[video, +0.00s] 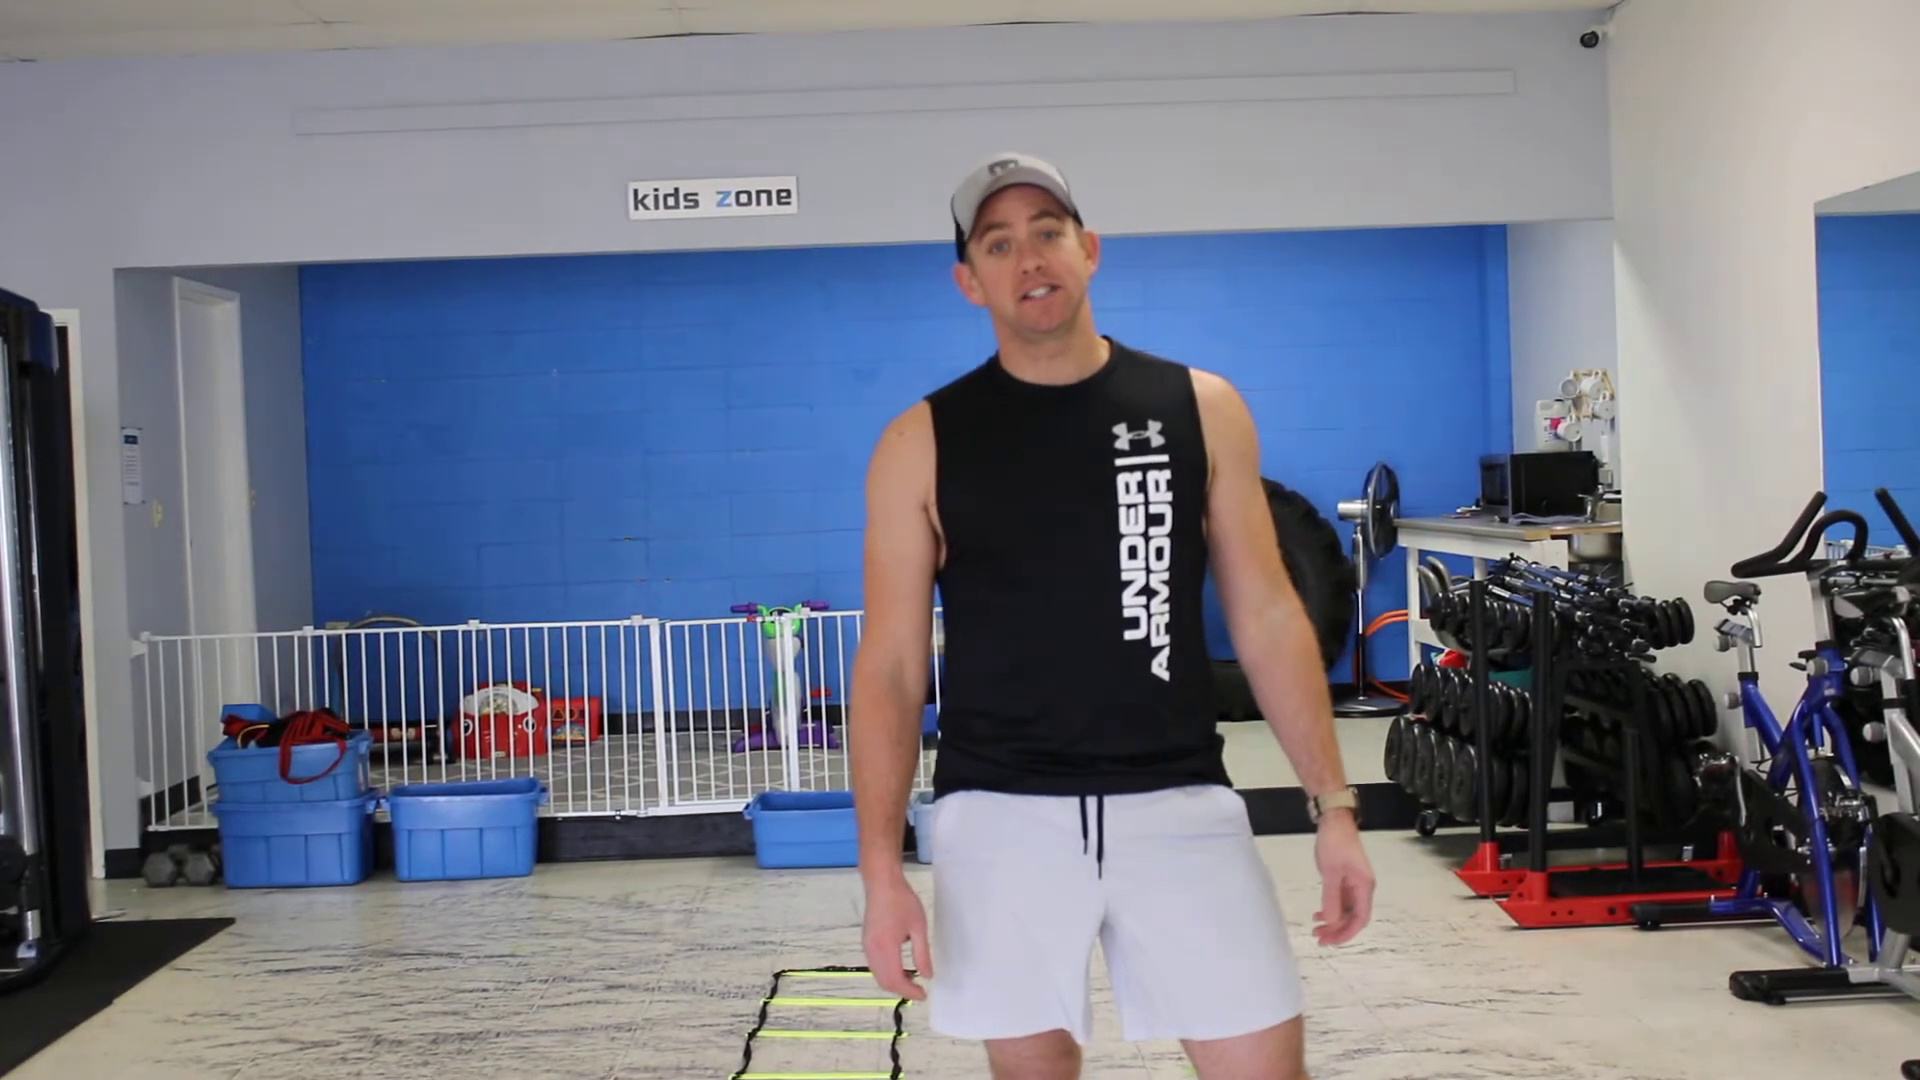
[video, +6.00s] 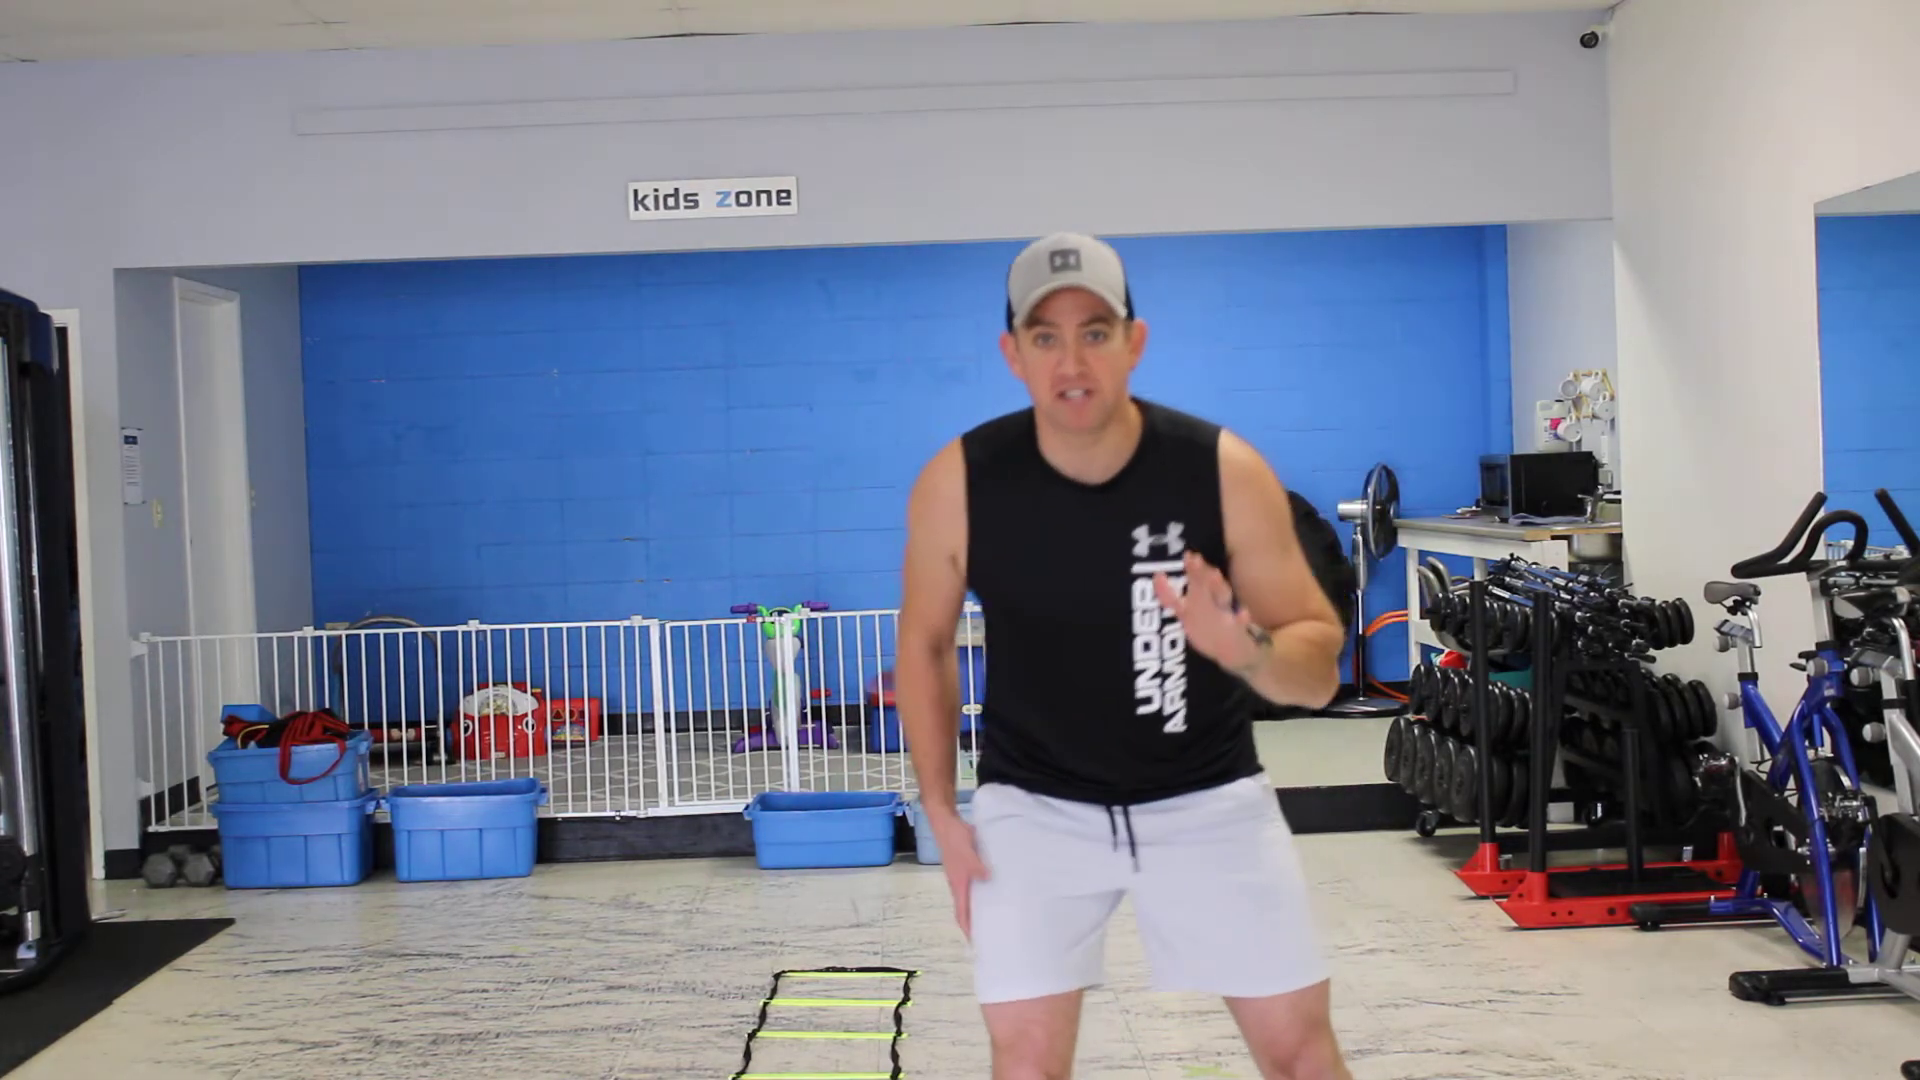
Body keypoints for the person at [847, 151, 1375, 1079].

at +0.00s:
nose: (1031, 256)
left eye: (1050, 232)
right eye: (1000, 243)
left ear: (1089, 252)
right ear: (971, 281)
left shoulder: (1203, 410)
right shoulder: (921, 444)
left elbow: (1266, 615)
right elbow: (891, 669)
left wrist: (1334, 811)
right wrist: (881, 868)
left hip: (1182, 812)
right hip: (999, 825)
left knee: (1266, 1064)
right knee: (1034, 1065)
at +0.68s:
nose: (1054, 244)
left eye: (1071, 218)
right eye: (1024, 234)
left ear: (1117, 230)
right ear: (1004, 273)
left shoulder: (1242, 382)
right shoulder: (977, 434)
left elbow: (1299, 581)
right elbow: (955, 629)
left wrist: (1277, 761)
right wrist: (948, 746)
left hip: (1233, 795)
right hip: (1053, 806)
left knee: (1266, 1066)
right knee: (1072, 1065)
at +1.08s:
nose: (1053, 295)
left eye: (1058, 267)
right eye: (1047, 272)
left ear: (1120, 253)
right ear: (1119, 257)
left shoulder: (1291, 387)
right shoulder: (1101, 406)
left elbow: (1316, 620)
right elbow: (1096, 591)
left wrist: (1218, 786)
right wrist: (1016, 712)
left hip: (1264, 801)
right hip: (1110, 788)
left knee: (1275, 1063)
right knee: (1109, 1060)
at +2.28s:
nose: (1075, 243)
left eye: (1092, 217)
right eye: (1044, 231)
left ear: (1132, 229)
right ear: (1016, 270)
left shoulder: (1252, 382)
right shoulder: (992, 409)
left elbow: (1322, 586)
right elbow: (946, 570)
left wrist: (1254, 692)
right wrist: (874, 710)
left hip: (1231, 790)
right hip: (1054, 798)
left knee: (1273, 1066)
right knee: (1070, 1065)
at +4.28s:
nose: (1137, 253)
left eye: (1163, 228)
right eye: (1113, 229)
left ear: (1201, 247)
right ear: (1078, 248)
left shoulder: (1287, 393)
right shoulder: (1010, 401)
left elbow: (1355, 556)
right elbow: (938, 569)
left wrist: (1327, 611)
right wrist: (928, 635)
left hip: (1241, 775)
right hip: (1065, 781)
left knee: (1259, 1054)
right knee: (1057, 1058)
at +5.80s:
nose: (1085, 337)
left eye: (1108, 309)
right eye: (1060, 313)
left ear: (1147, 316)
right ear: (1026, 329)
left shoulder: (1239, 448)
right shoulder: (973, 462)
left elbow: (1322, 641)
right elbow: (919, 625)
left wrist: (1243, 628)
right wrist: (928, 755)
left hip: (1227, 799)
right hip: (1051, 807)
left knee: (1305, 1051)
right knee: (1036, 1061)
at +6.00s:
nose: (1072, 362)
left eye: (1095, 335)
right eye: (1046, 337)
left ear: (1135, 345)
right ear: (1014, 353)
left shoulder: (1227, 473)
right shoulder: (958, 485)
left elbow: (1317, 664)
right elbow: (924, 648)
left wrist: (1245, 653)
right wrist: (942, 814)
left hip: (1213, 809)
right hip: (1036, 815)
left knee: (1302, 1054)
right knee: (1027, 1064)